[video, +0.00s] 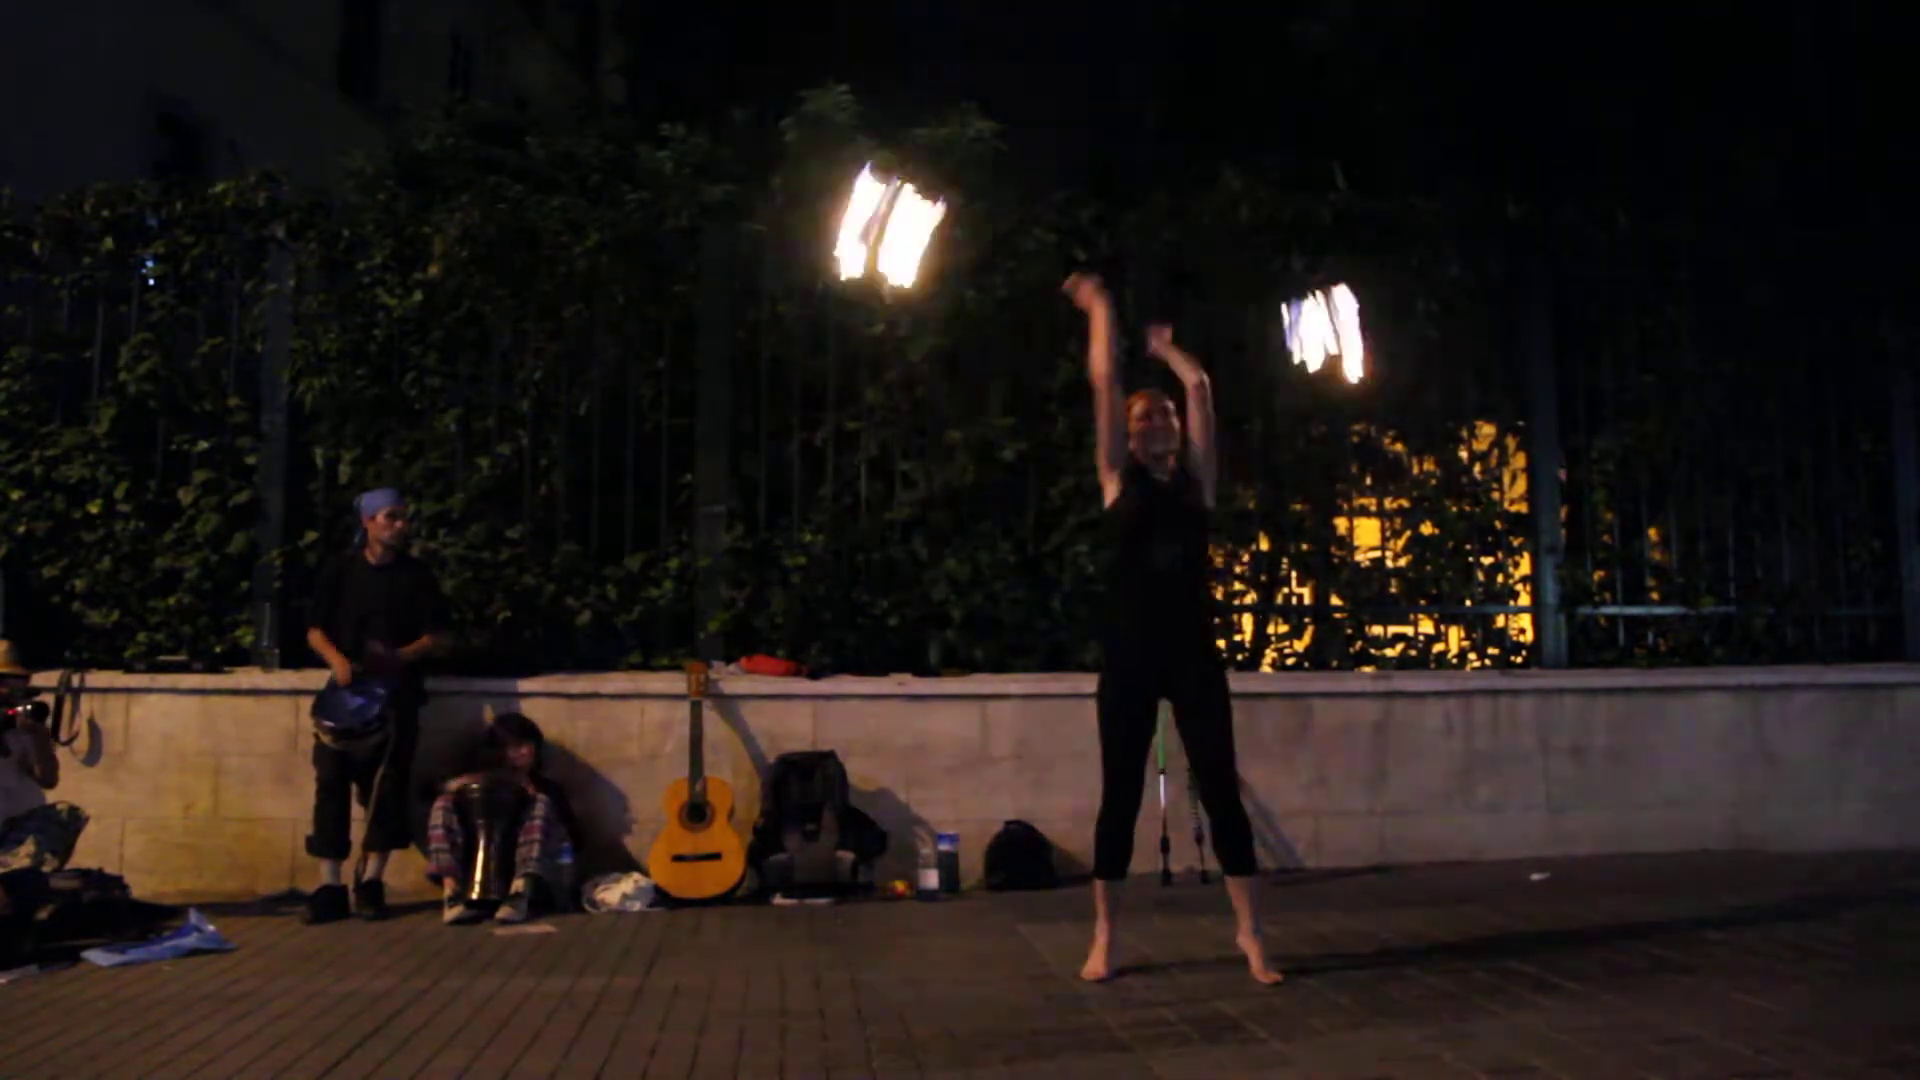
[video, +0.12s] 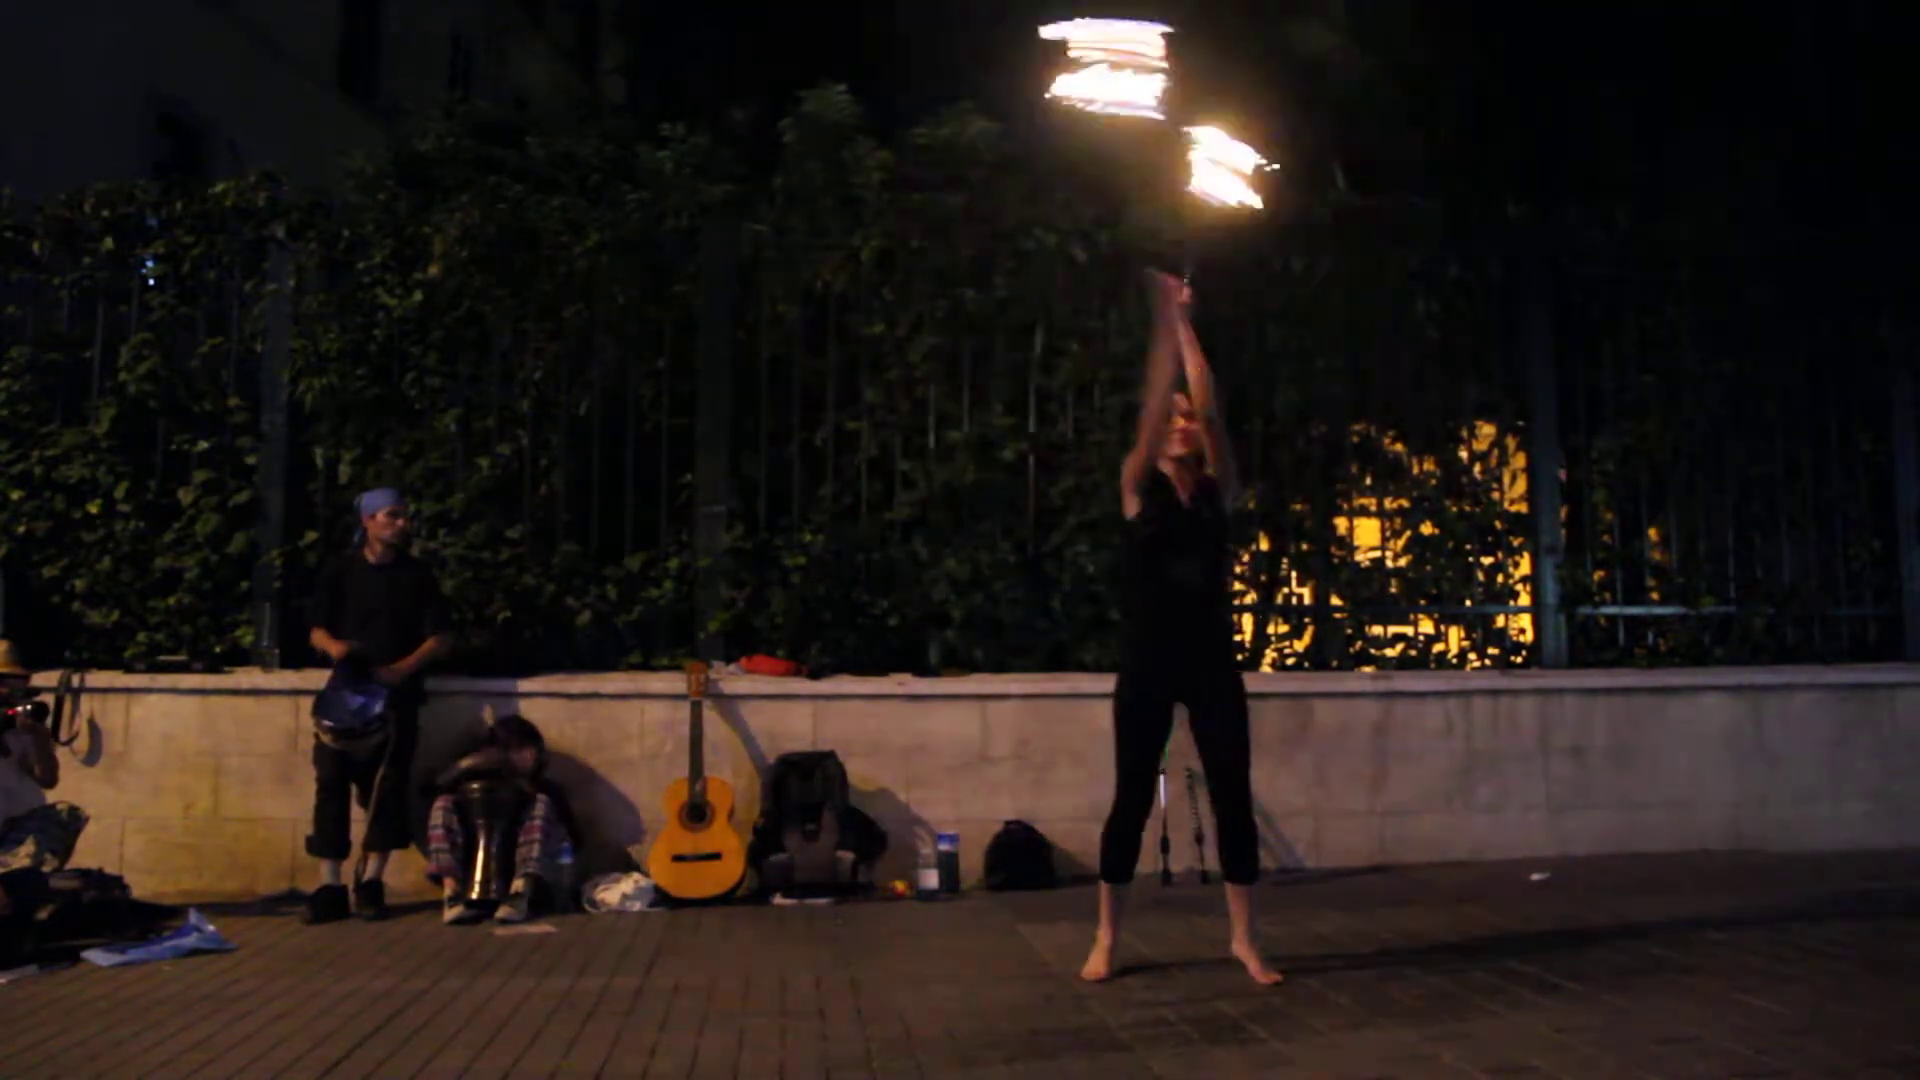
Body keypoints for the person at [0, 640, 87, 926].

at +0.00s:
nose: (16, 695)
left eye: (21, 688)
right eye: (10, 688)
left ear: (26, 689)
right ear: (2, 687)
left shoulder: (25, 727)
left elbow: (48, 779)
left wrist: (34, 730)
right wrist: (27, 731)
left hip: (23, 817)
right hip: (11, 820)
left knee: (70, 816)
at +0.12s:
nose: (16, 695)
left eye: (20, 688)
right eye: (9, 687)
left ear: (25, 688)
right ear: (1, 687)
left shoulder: (24, 726)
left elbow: (48, 780)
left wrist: (34, 730)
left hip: (23, 817)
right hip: (10, 820)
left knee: (70, 816)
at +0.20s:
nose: (16, 695)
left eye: (21, 688)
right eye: (10, 688)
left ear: (26, 688)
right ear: (2, 687)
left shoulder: (25, 725)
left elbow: (48, 779)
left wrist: (33, 730)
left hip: (25, 816)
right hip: (11, 819)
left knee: (70, 816)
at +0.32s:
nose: (16, 694)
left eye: (21, 688)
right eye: (10, 687)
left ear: (26, 689)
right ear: (2, 687)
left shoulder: (25, 726)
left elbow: (48, 780)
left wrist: (35, 731)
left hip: (23, 818)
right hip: (10, 821)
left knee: (71, 816)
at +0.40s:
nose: (15, 695)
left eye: (20, 688)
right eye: (9, 687)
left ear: (26, 689)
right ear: (2, 687)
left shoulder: (25, 725)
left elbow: (49, 780)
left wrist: (35, 732)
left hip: (24, 817)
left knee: (70, 816)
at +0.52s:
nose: (15, 694)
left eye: (20, 687)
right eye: (9, 686)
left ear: (27, 688)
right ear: (1, 687)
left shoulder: (25, 725)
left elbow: (48, 780)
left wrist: (37, 733)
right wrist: (19, 732)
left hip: (25, 817)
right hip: (10, 819)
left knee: (70, 816)